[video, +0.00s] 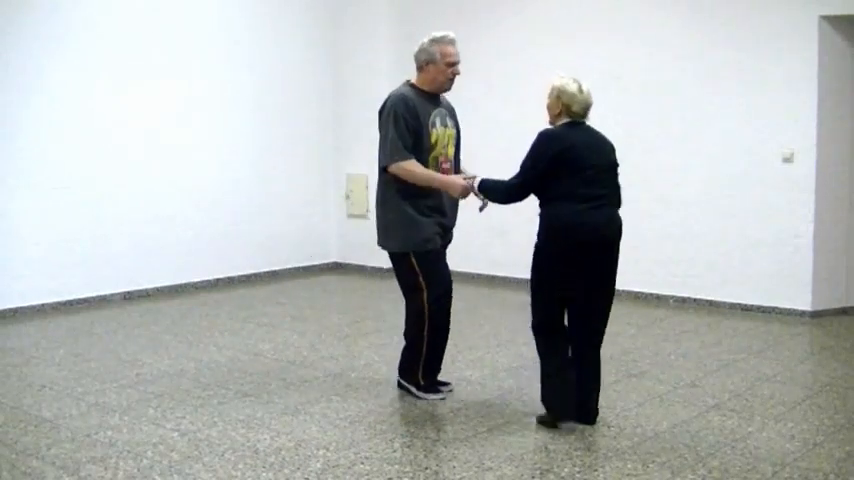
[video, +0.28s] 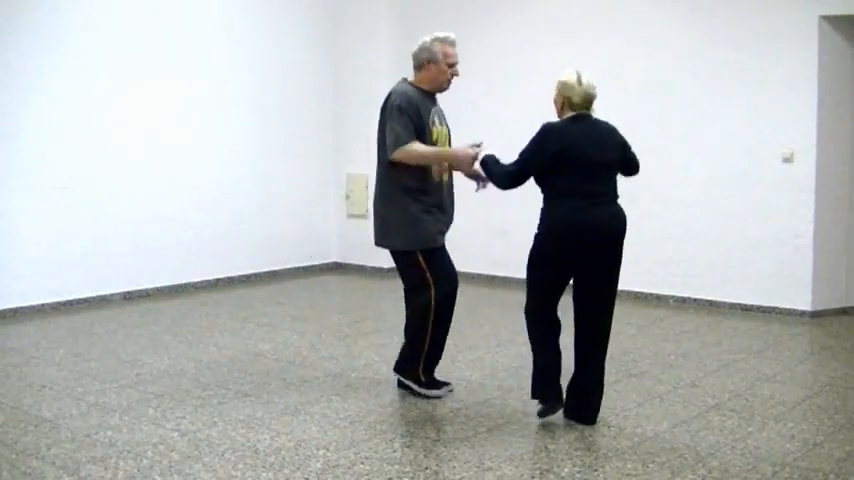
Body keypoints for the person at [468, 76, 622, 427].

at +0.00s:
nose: (546, 106)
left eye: (549, 101)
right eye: (547, 100)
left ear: (557, 106)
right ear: (584, 107)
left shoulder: (550, 140)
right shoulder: (603, 144)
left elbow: (515, 190)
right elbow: (614, 199)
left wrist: (476, 184)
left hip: (558, 245)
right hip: (601, 247)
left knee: (547, 321)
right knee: (588, 326)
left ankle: (557, 406)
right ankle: (585, 409)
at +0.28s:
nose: (552, 102)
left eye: (554, 98)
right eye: (554, 97)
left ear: (562, 101)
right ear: (590, 102)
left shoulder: (551, 134)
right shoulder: (608, 133)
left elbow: (510, 178)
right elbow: (631, 167)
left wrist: (483, 159)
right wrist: (598, 153)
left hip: (559, 234)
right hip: (605, 236)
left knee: (540, 309)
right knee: (594, 319)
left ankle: (549, 394)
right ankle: (584, 408)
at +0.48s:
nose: (559, 107)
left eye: (560, 103)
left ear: (562, 107)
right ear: (595, 108)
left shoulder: (547, 141)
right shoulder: (612, 143)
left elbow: (507, 189)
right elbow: (649, 182)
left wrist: (462, 187)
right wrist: (619, 160)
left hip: (553, 248)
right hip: (602, 249)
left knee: (549, 327)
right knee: (592, 327)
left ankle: (551, 417)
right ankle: (584, 408)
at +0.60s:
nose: (602, 113)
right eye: (601, 108)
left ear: (561, 109)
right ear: (597, 111)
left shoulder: (544, 142)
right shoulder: (612, 145)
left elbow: (509, 192)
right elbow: (655, 198)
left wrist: (465, 198)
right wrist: (636, 202)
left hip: (550, 247)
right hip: (603, 249)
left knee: (550, 329)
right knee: (595, 325)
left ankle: (553, 420)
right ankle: (586, 408)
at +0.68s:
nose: (609, 113)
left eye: (609, 107)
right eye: (608, 107)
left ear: (567, 106)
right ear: (597, 107)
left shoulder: (546, 139)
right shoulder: (613, 142)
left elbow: (515, 187)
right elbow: (645, 187)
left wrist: (485, 194)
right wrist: (669, 201)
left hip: (550, 247)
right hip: (601, 248)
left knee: (551, 330)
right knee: (599, 325)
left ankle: (552, 421)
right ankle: (593, 412)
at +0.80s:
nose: (622, 105)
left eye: (621, 98)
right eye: (618, 99)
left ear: (582, 100)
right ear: (600, 101)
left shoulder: (555, 134)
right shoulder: (617, 139)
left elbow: (524, 185)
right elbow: (650, 188)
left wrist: (508, 175)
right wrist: (700, 191)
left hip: (550, 246)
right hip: (600, 248)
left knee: (554, 331)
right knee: (609, 330)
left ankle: (551, 424)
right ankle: (601, 420)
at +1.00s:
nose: (643, 106)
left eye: (642, 99)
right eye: (638, 99)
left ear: (608, 104)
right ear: (616, 103)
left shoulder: (578, 137)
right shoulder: (626, 138)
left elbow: (551, 183)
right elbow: (637, 190)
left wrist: (540, 161)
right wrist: (678, 213)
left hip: (566, 250)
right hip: (609, 253)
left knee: (567, 335)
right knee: (613, 345)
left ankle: (551, 421)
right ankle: (593, 438)